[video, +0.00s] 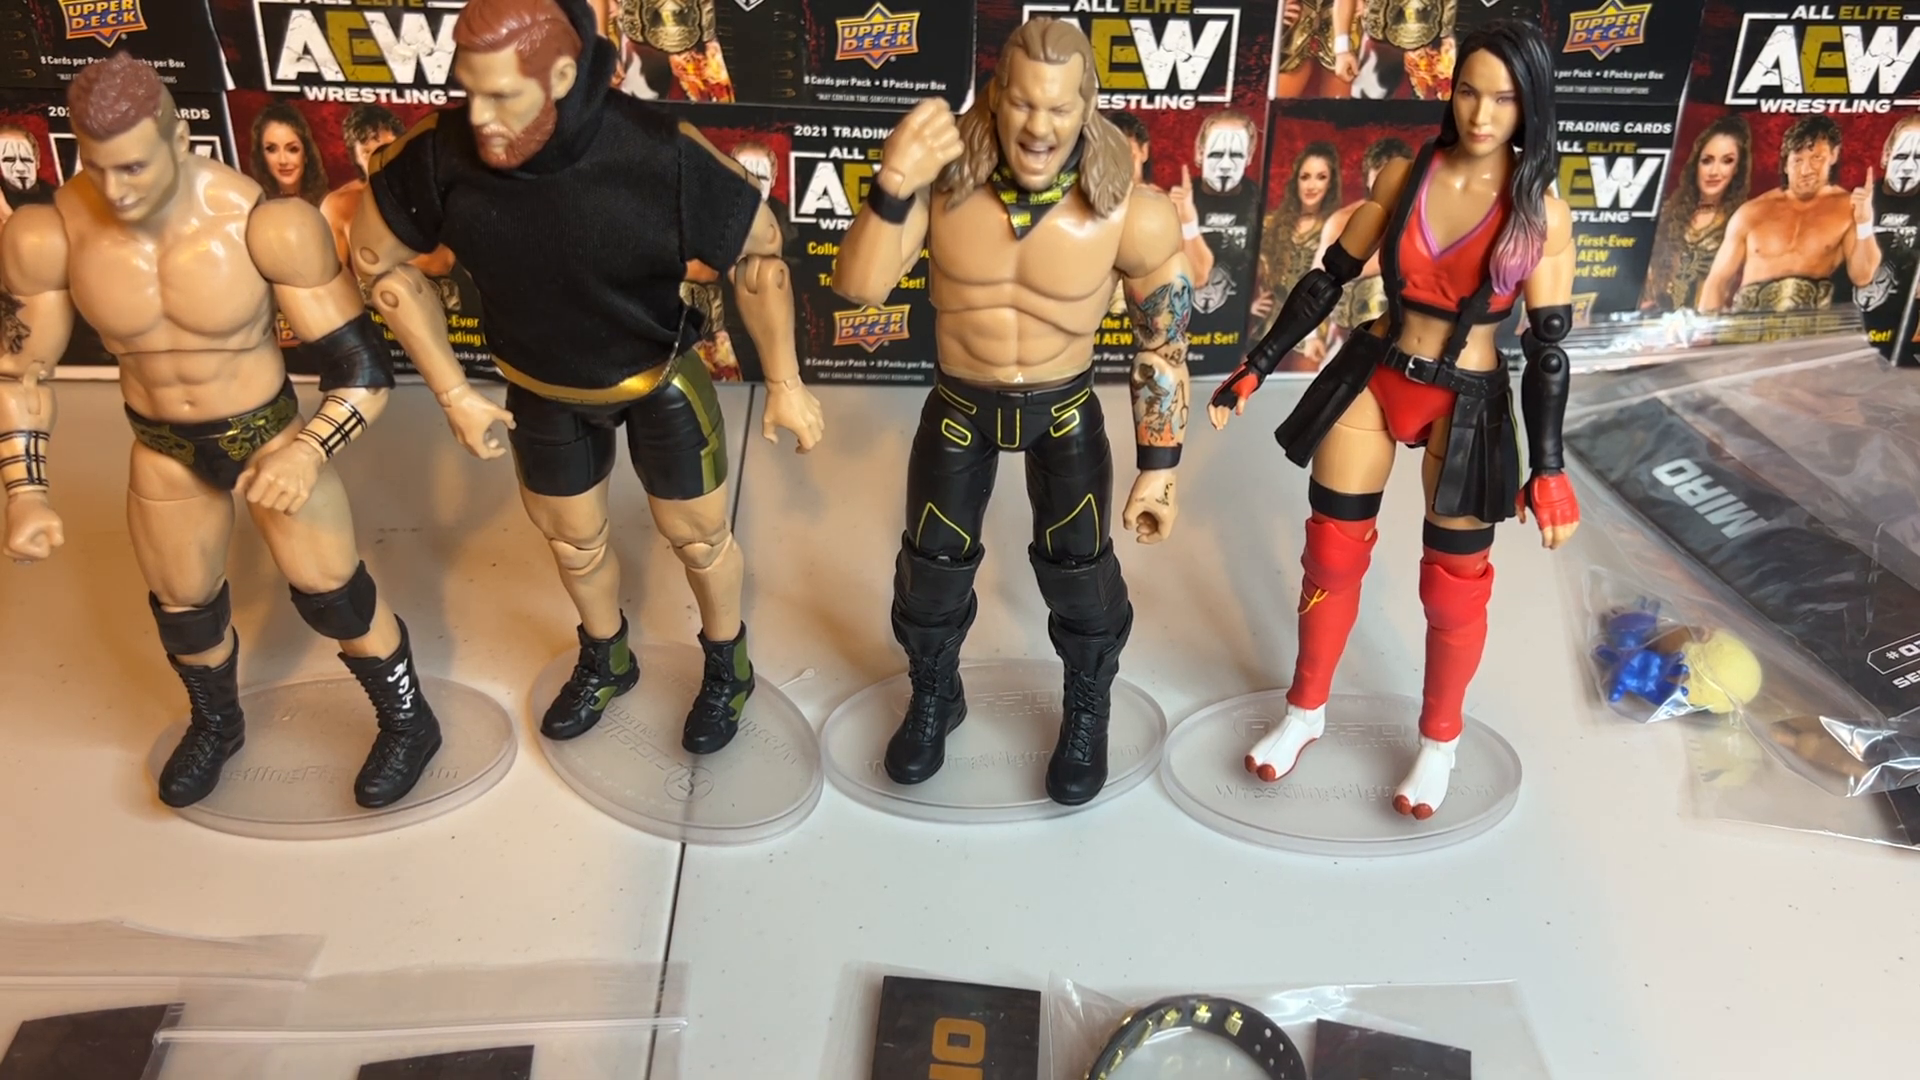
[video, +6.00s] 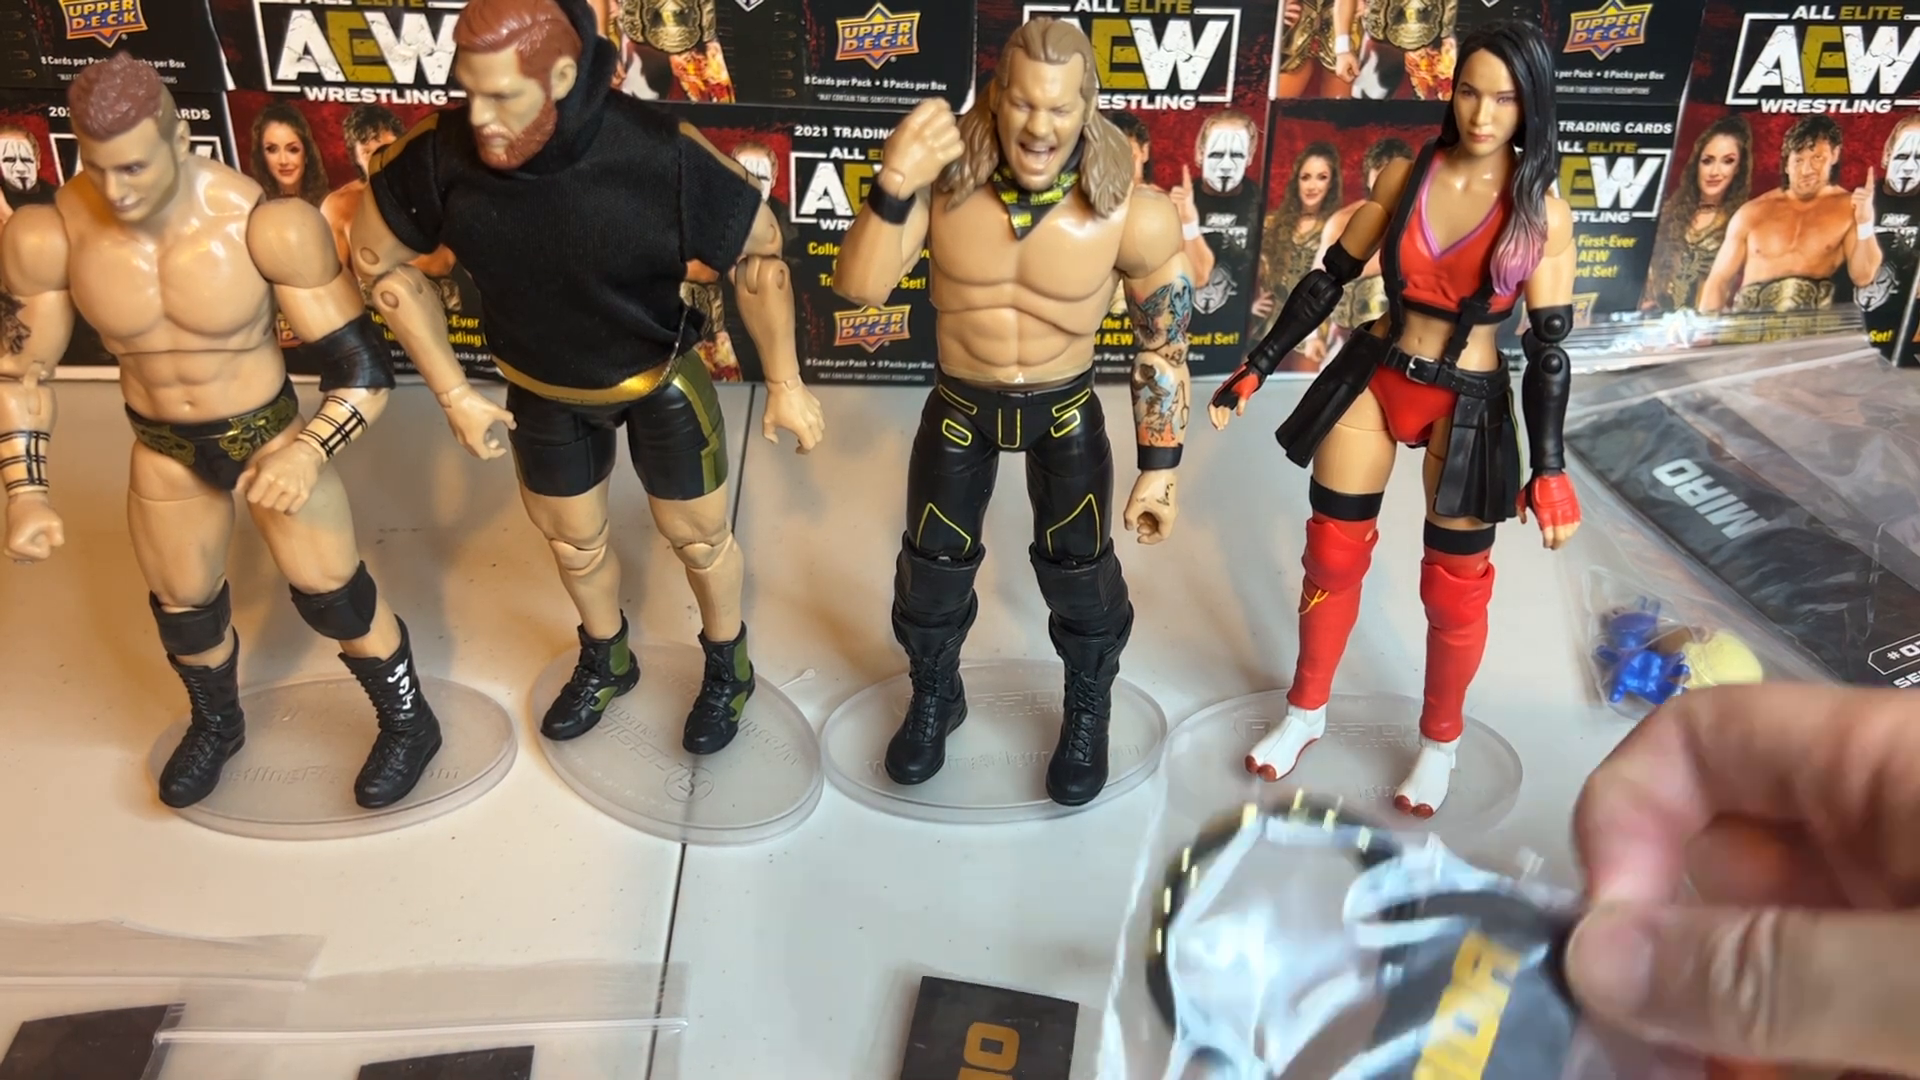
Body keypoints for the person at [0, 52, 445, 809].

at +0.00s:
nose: (118, 188)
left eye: (135, 167)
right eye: (101, 169)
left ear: (179, 139)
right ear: (80, 152)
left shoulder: (268, 225)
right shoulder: (52, 233)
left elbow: (362, 370)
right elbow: (22, 373)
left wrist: (311, 446)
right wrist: (22, 487)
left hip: (268, 441)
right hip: (161, 451)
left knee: (336, 600)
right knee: (186, 617)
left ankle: (409, 722)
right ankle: (217, 722)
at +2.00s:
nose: (118, 188)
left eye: (134, 167)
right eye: (100, 169)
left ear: (178, 138)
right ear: (80, 151)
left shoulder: (268, 225)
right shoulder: (54, 232)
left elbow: (363, 370)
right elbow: (23, 371)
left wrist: (311, 446)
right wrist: (21, 487)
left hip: (269, 441)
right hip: (161, 452)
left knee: (336, 600)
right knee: (186, 617)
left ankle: (409, 722)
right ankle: (216, 722)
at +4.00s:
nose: (118, 188)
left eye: (134, 167)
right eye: (100, 169)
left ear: (178, 138)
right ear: (80, 150)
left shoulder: (268, 225)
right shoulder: (52, 233)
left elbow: (362, 370)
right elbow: (23, 372)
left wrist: (312, 446)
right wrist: (22, 486)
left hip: (269, 440)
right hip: (161, 451)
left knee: (336, 598)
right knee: (186, 616)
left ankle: (408, 721)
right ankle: (216, 723)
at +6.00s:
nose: (118, 188)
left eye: (134, 168)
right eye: (100, 170)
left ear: (178, 138)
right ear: (81, 151)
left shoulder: (269, 225)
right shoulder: (54, 232)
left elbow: (363, 370)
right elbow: (23, 372)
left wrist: (312, 446)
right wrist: (22, 487)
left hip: (269, 441)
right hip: (161, 452)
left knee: (336, 598)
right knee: (186, 615)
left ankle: (408, 721)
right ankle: (216, 722)